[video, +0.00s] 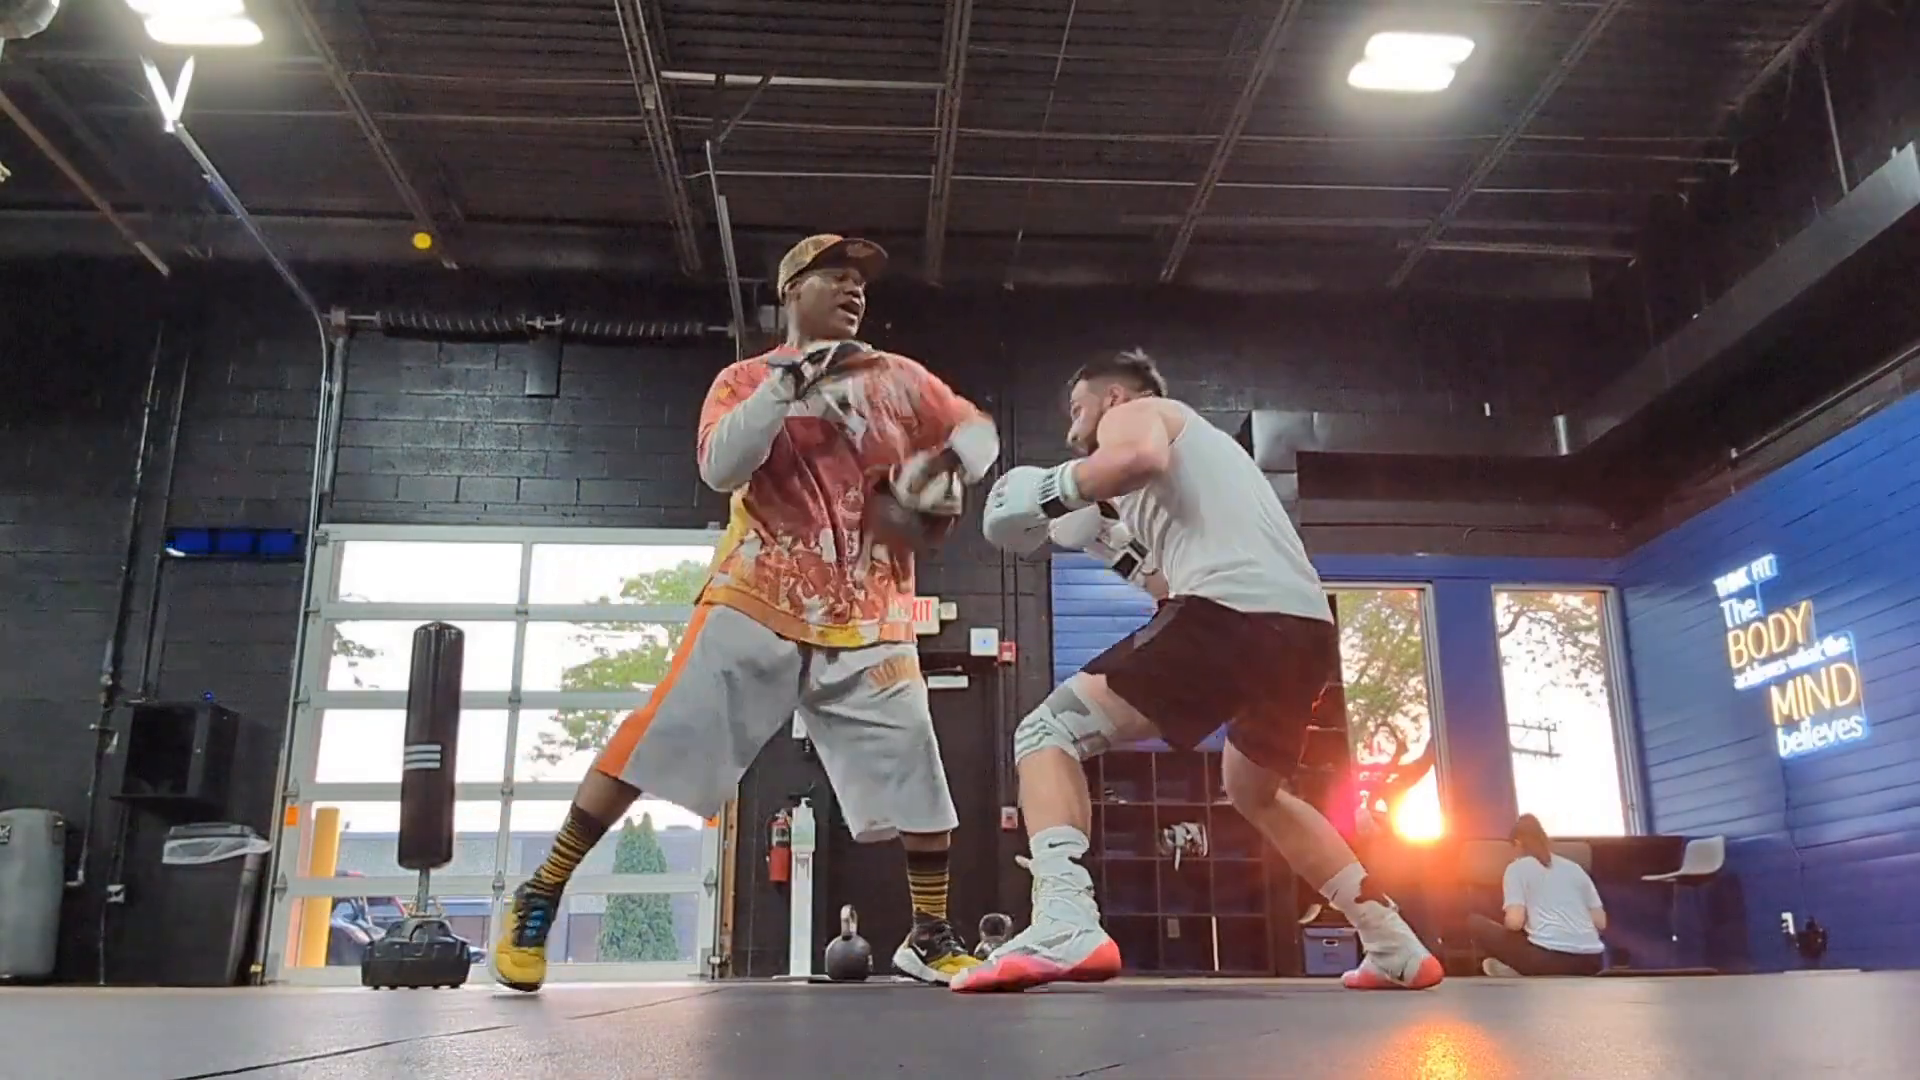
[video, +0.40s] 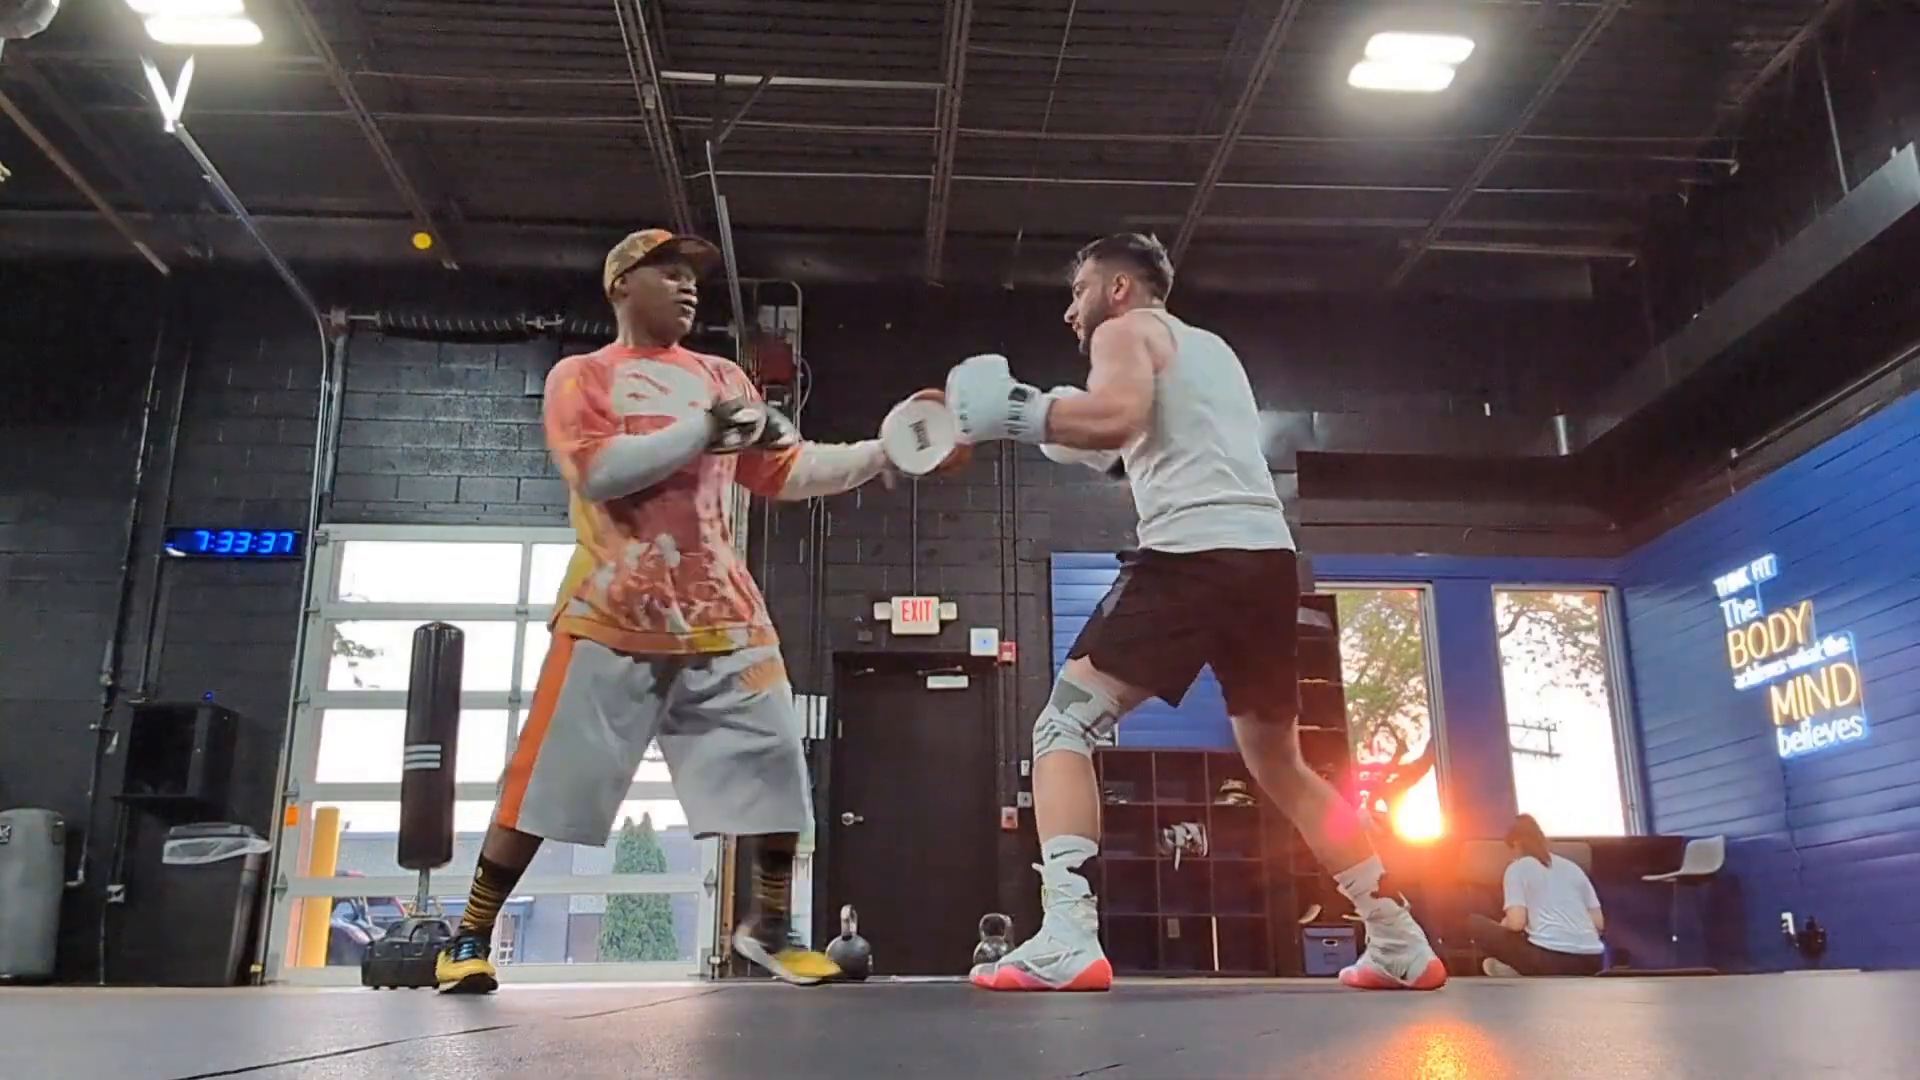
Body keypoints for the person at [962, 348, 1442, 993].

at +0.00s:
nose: (1072, 429)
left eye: (1078, 409)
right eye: (1069, 416)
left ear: (1117, 392)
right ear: (1131, 398)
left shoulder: (1143, 408)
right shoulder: (1213, 456)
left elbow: (1137, 457)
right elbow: (1182, 592)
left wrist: (1052, 487)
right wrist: (1119, 545)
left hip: (1228, 610)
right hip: (1310, 630)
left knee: (1047, 732)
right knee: (1254, 788)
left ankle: (1064, 921)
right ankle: (1393, 943)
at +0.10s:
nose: (1076, 372)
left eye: (1084, 353)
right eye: (1074, 359)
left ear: (1129, 339)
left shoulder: (1157, 369)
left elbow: (1194, 432)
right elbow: (1178, 554)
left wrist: (1093, 450)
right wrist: (1116, 505)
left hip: (1235, 586)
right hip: (1297, 607)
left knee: (1069, 716)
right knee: (1249, 789)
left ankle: (1071, 922)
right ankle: (1394, 945)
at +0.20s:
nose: (1078, 324)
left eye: (1086, 307)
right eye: (1076, 313)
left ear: (1132, 301)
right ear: (1122, 312)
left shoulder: (1190, 344)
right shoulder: (1140, 400)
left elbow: (1229, 420)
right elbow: (1094, 509)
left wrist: (1121, 427)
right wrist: (1052, 439)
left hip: (1233, 573)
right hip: (1266, 587)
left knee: (1079, 719)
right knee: (1240, 792)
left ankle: (1068, 934)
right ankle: (1390, 943)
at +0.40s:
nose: (1071, 312)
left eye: (1077, 292)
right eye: (1071, 297)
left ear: (1119, 281)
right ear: (1150, 288)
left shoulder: (1124, 329)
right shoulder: (1215, 352)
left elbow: (1118, 413)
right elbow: (1135, 451)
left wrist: (1016, 406)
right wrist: (1043, 425)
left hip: (1191, 555)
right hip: (1270, 560)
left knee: (1065, 728)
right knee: (1276, 759)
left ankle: (1068, 935)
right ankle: (1397, 938)